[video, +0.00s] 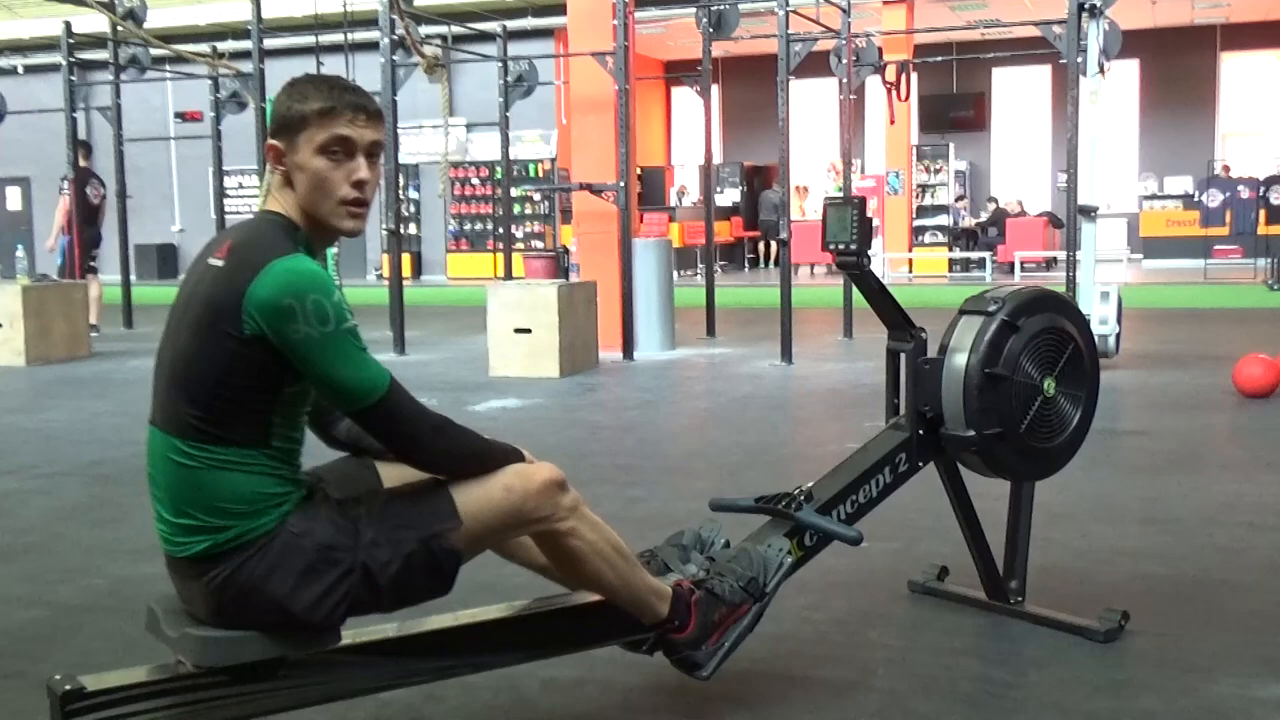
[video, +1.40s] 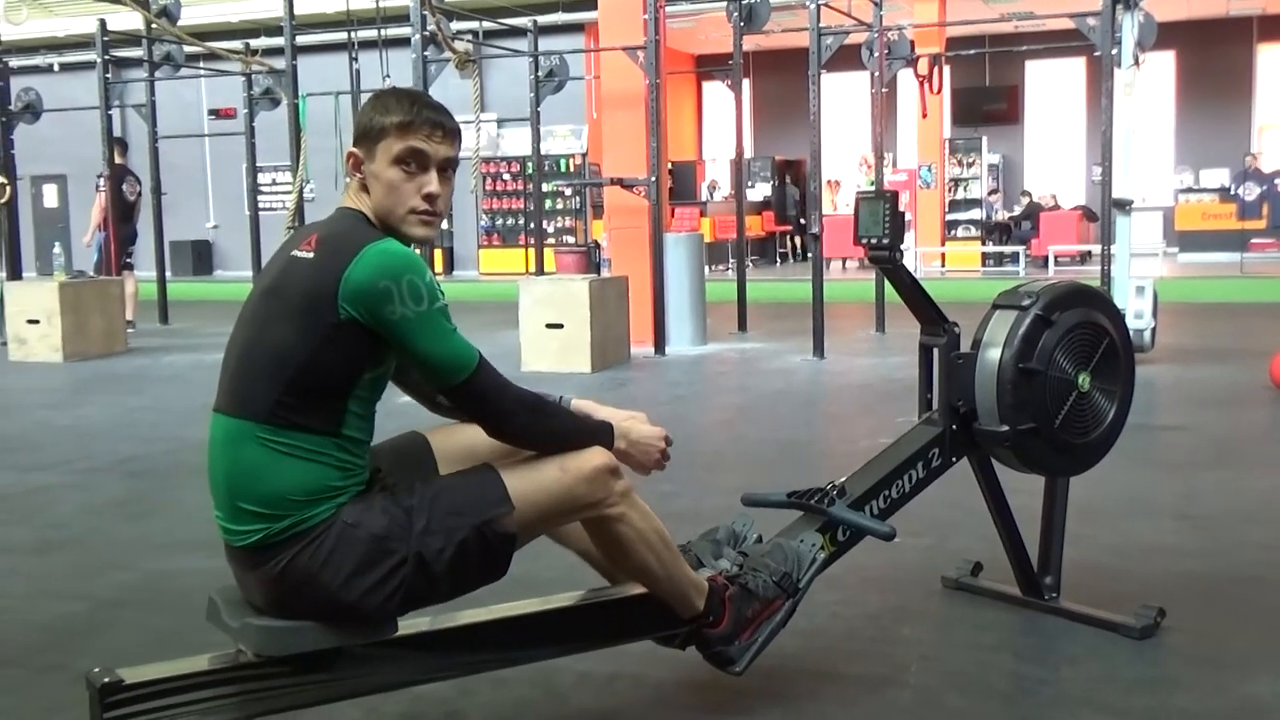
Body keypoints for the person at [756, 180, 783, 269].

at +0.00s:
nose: (777, 188)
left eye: (776, 185)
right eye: (778, 187)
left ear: (772, 185)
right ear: (779, 187)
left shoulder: (763, 194)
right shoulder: (779, 196)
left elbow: (759, 207)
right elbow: (780, 210)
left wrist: (760, 216)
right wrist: (781, 220)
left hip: (762, 219)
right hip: (773, 219)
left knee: (761, 240)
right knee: (773, 241)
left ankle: (761, 261)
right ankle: (771, 262)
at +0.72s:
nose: (788, 185)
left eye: (788, 183)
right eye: (787, 183)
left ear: (779, 184)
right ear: (782, 184)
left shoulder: (771, 195)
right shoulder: (786, 195)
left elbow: (769, 207)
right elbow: (789, 207)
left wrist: (770, 214)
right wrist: (792, 213)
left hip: (772, 219)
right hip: (783, 219)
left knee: (771, 241)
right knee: (784, 241)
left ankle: (771, 261)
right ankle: (783, 262)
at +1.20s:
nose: (785, 182)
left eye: (784, 180)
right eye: (785, 180)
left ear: (779, 181)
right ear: (787, 181)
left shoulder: (774, 191)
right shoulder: (790, 192)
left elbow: (771, 204)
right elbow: (794, 205)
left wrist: (773, 215)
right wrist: (798, 217)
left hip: (778, 216)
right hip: (788, 217)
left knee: (781, 238)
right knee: (792, 237)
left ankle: (783, 259)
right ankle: (796, 256)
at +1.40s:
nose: (788, 180)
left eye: (787, 178)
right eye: (787, 178)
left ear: (782, 180)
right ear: (790, 179)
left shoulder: (777, 190)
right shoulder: (794, 190)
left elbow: (774, 202)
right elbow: (797, 204)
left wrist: (776, 212)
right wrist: (800, 216)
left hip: (781, 215)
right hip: (792, 215)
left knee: (784, 236)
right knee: (795, 235)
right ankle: (796, 254)